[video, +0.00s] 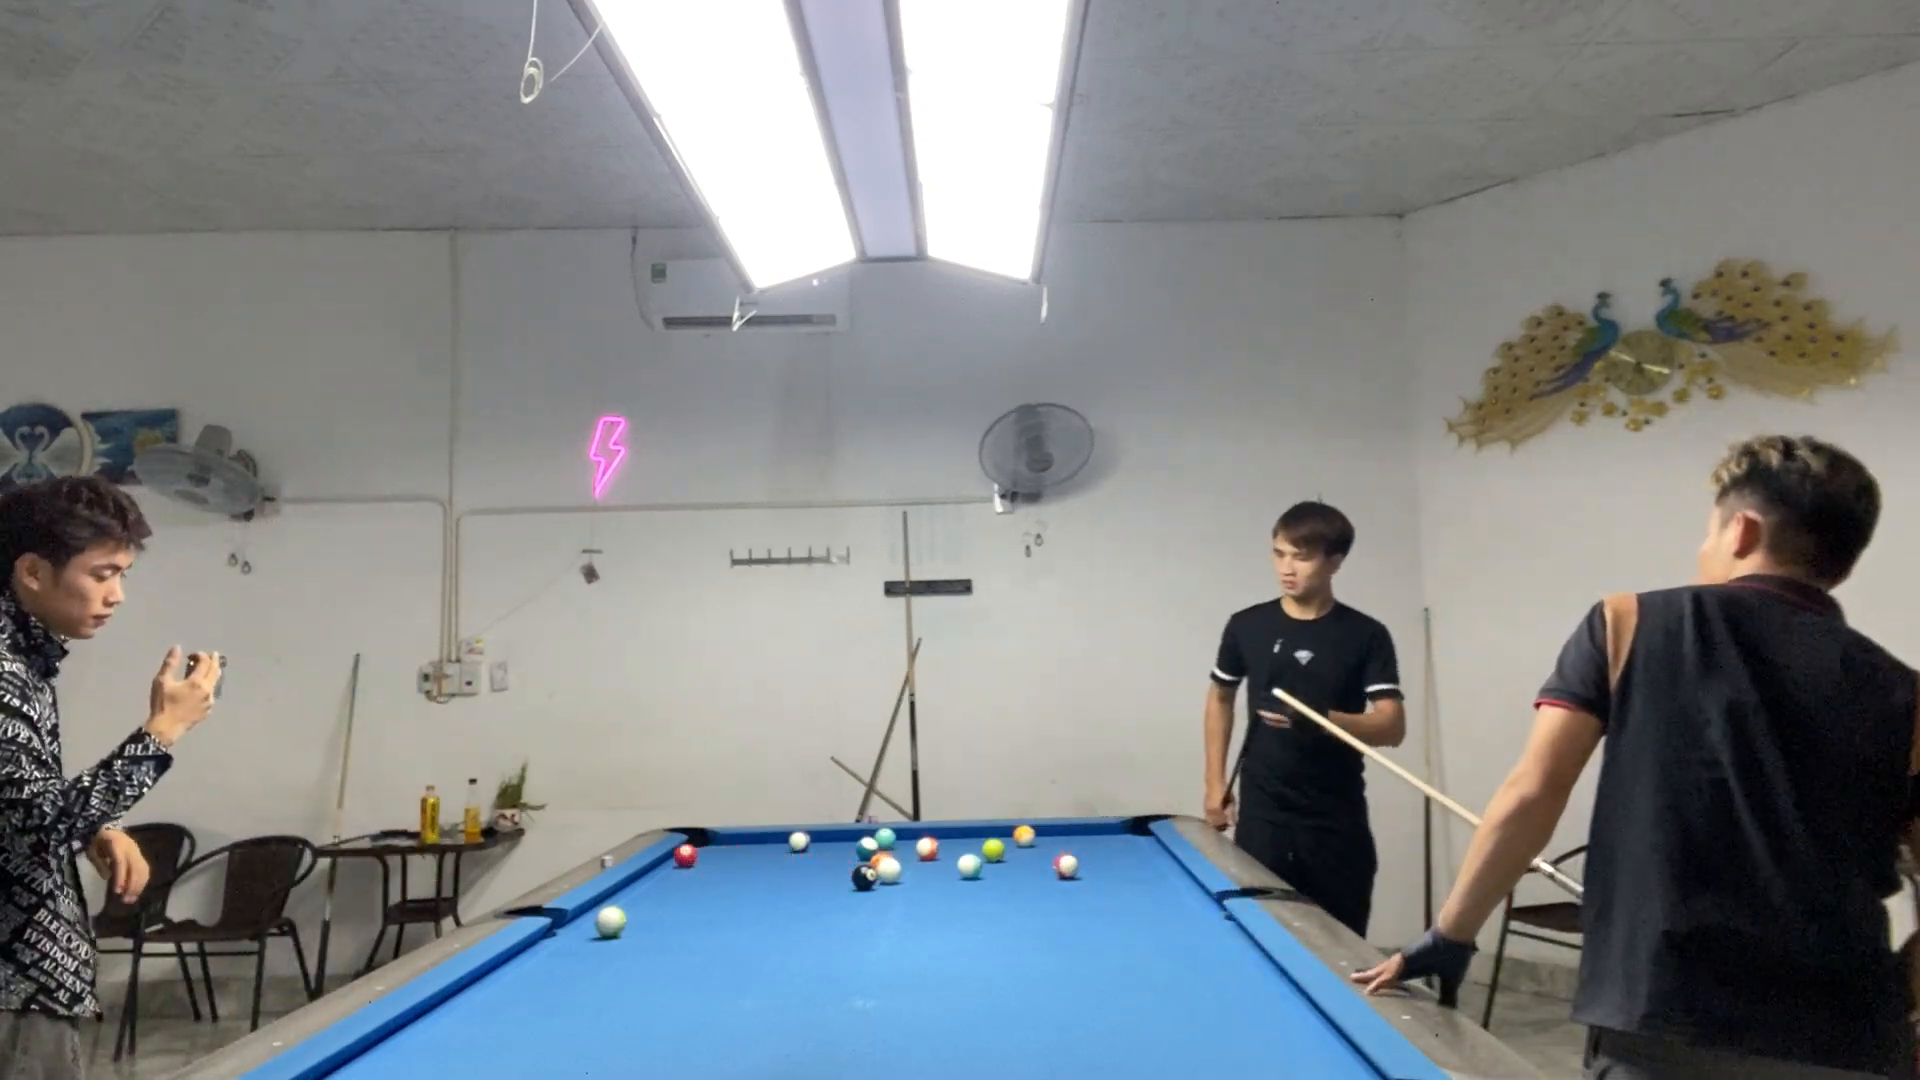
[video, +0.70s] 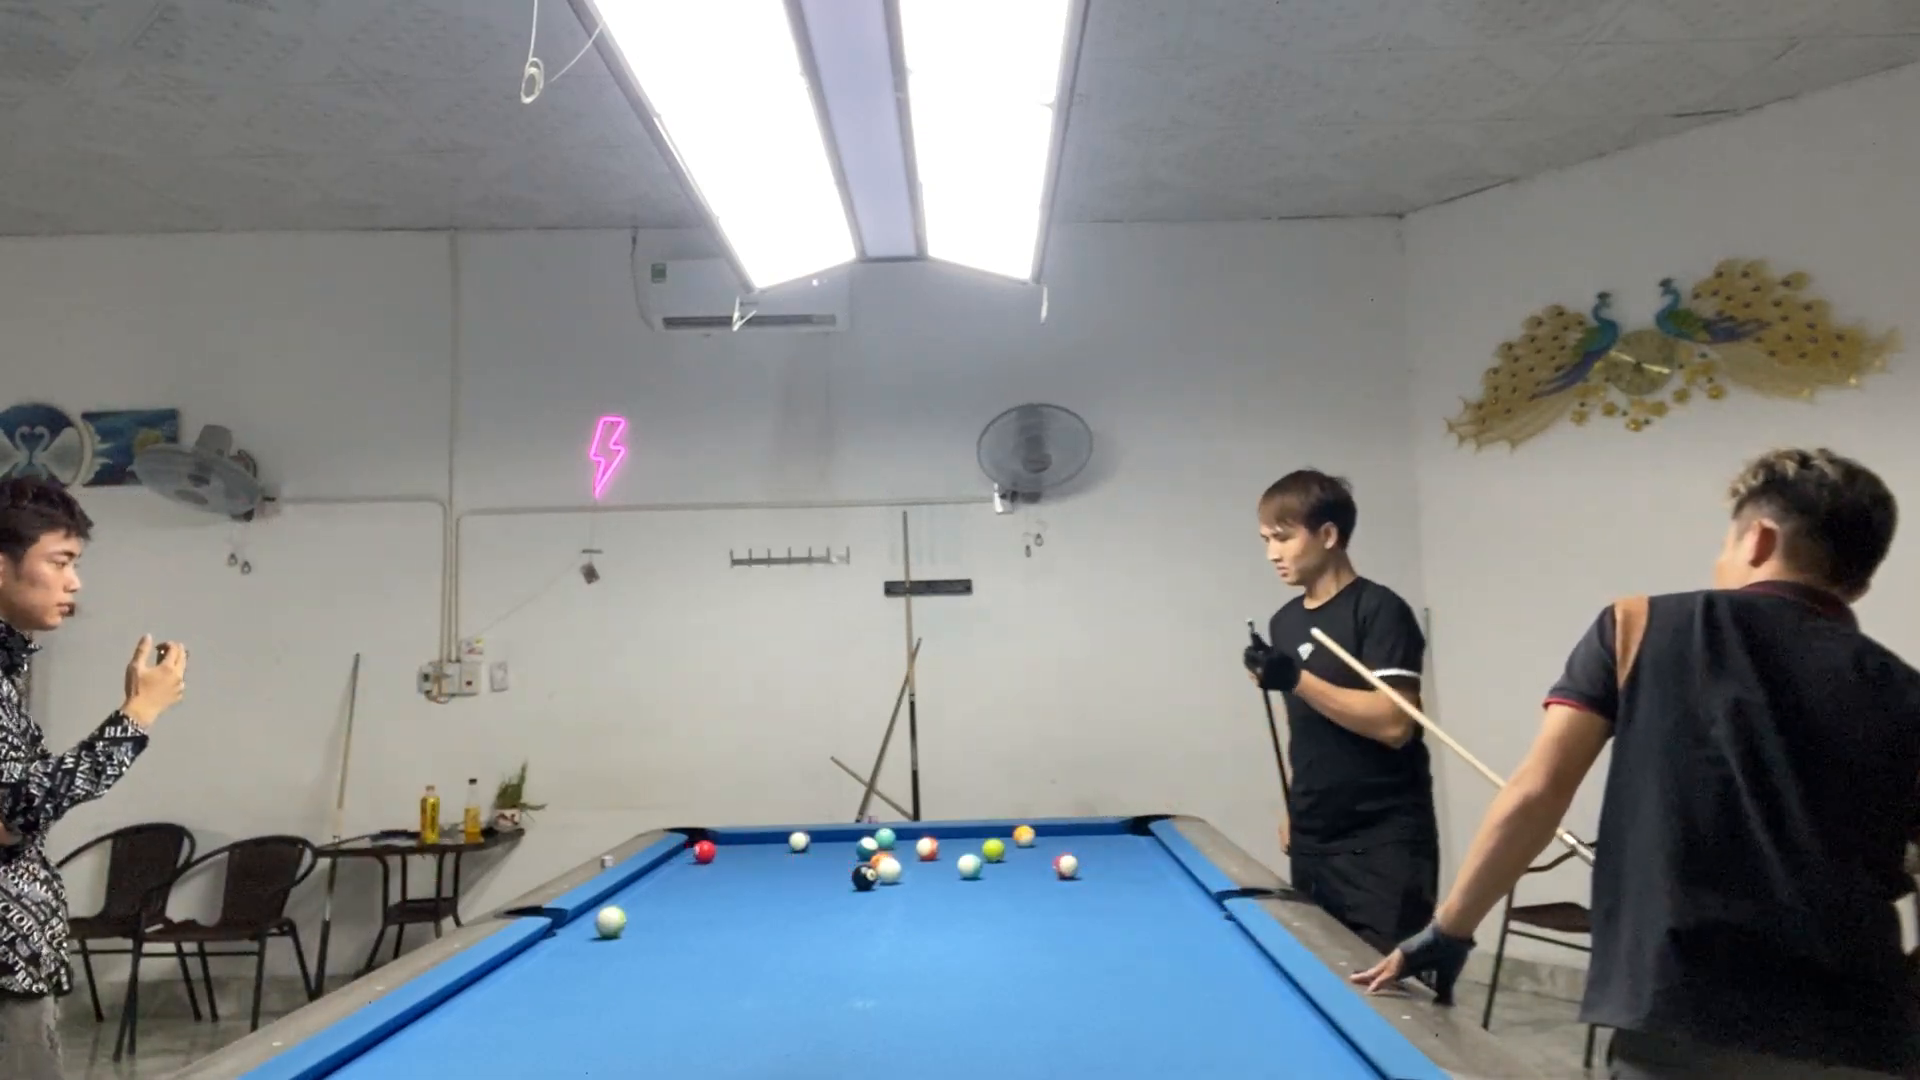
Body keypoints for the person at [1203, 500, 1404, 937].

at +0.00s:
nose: (1287, 568)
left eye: (1301, 557)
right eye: (1280, 555)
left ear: (1334, 562)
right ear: (1272, 555)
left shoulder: (1366, 636)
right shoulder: (1247, 627)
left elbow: (1391, 727)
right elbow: (1220, 698)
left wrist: (1320, 719)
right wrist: (1215, 783)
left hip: (1337, 823)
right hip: (1263, 820)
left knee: (1337, 954)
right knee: (1259, 946)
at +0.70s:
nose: (1271, 552)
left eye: (1282, 537)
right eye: (1267, 540)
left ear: (1329, 535)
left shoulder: (1383, 610)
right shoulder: (1286, 623)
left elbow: (1395, 722)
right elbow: (1305, 734)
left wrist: (1296, 679)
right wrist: (1295, 810)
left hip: (1386, 840)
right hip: (1315, 838)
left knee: (1384, 994)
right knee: (1317, 987)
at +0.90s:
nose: (1261, 564)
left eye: (1268, 548)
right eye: (1257, 550)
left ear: (1314, 543)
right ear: (1310, 546)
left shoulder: (1365, 616)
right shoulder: (1318, 621)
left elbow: (1338, 728)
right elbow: (1326, 724)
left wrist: (1250, 658)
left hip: (1385, 860)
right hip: (1335, 852)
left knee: (1373, 1017)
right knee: (1325, 1004)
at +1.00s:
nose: (1258, 565)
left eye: (1262, 547)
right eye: (1254, 550)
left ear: (1305, 540)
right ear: (1305, 541)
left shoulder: (1353, 612)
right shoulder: (1336, 612)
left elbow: (1302, 728)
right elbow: (1316, 749)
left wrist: (1205, 660)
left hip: (1391, 865)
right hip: (1364, 858)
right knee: (1342, 1018)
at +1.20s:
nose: (1248, 551)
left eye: (1248, 533)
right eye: (1242, 536)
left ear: (1290, 523)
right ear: (1312, 522)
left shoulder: (1317, 611)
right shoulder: (1394, 591)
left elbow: (1258, 736)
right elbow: (1483, 678)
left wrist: (1145, 679)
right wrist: (1517, 786)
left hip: (1402, 854)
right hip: (1450, 837)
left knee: (1394, 1029)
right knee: (1438, 1024)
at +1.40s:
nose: (1260, 547)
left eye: (1259, 530)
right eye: (1254, 531)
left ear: (1300, 521)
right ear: (1323, 515)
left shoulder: (1310, 619)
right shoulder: (1437, 586)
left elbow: (1246, 750)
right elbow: (1541, 666)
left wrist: (1138, 701)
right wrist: (1567, 786)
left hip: (1398, 881)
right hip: (1493, 867)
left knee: (1406, 1055)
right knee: (1528, 1054)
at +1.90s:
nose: (1297, 568)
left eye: (1293, 547)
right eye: (1288, 551)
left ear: (1330, 534)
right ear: (1381, 523)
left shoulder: (1326, 629)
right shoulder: (1504, 598)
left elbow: (1224, 762)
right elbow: (1621, 690)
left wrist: (1134, 788)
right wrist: (1628, 829)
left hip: (1441, 924)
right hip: (1566, 910)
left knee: (1446, 1069)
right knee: (1575, 1069)